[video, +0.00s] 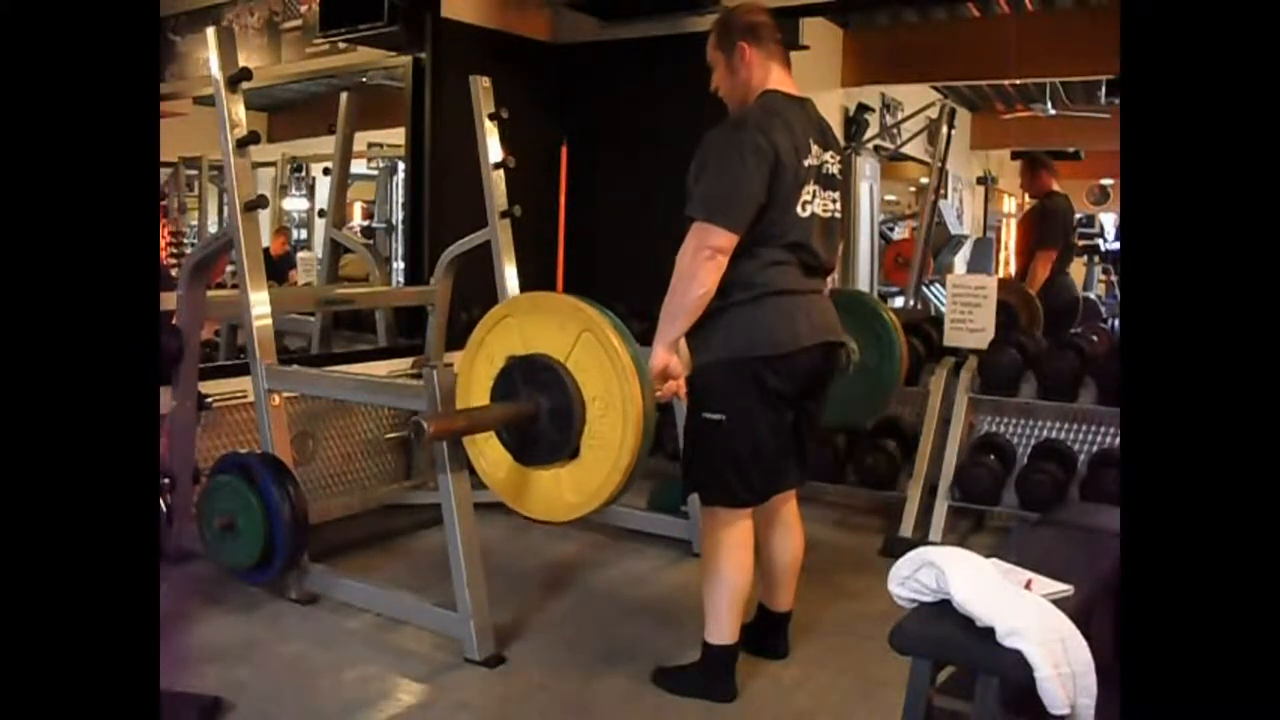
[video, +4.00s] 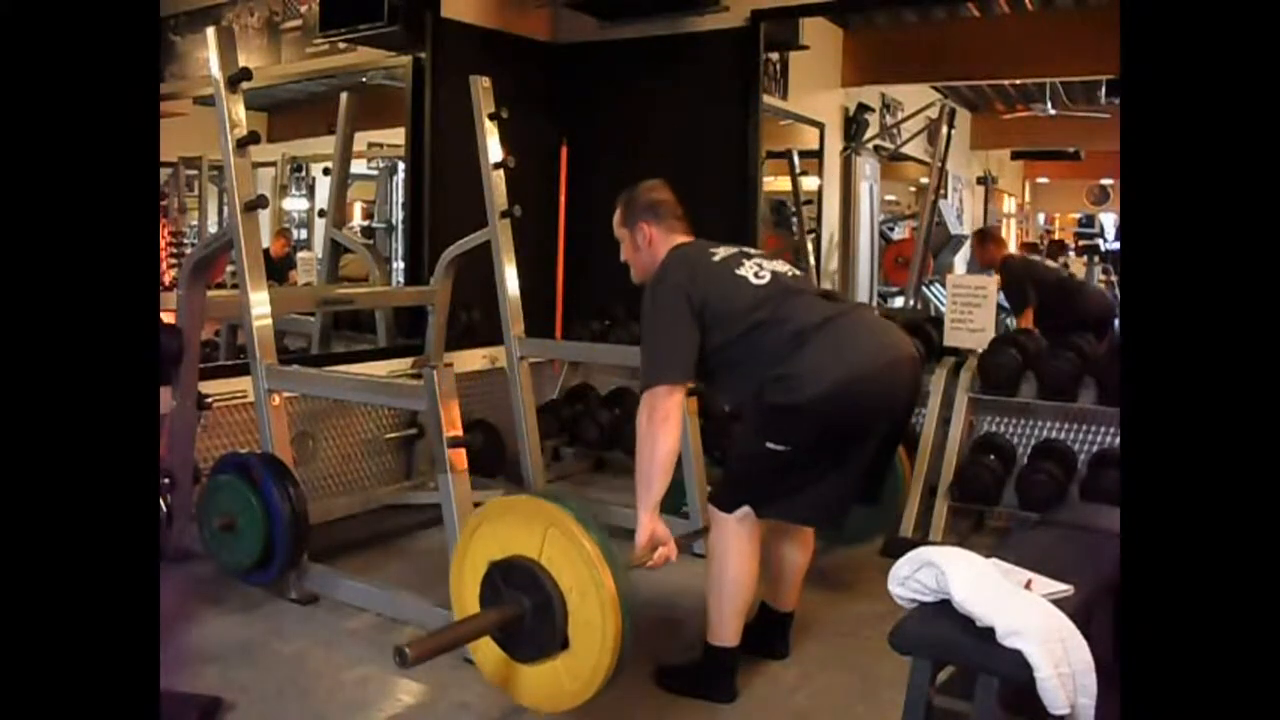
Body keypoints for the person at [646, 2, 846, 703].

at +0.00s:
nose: (715, 84)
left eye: (716, 68)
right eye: (713, 70)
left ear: (744, 55)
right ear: (774, 55)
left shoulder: (746, 130)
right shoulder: (819, 129)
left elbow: (710, 247)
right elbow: (824, 253)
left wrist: (664, 342)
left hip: (745, 342)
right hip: (809, 338)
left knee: (726, 504)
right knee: (777, 490)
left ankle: (715, 668)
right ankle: (772, 631)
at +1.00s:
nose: (710, 72)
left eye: (713, 57)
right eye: (711, 58)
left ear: (741, 52)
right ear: (774, 54)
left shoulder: (737, 129)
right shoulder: (812, 129)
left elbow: (703, 247)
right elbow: (803, 248)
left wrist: (665, 346)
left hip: (749, 343)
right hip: (817, 338)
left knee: (727, 512)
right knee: (780, 498)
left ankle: (715, 668)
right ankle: (772, 630)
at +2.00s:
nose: (672, 110)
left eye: (672, 93)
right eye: (669, 95)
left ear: (699, 82)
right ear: (731, 81)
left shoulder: (711, 146)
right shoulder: (787, 139)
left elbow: (692, 265)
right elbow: (805, 248)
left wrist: (668, 372)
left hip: (770, 349)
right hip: (838, 339)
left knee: (732, 506)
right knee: (789, 496)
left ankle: (716, 667)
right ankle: (774, 631)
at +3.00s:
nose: (645, 170)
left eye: (644, 152)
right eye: (642, 155)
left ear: (666, 139)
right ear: (699, 137)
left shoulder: (688, 199)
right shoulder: (759, 184)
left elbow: (672, 317)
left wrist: (653, 428)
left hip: (799, 356)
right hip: (869, 340)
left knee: (736, 500)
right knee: (796, 497)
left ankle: (717, 668)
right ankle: (773, 630)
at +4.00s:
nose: (623, 258)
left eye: (623, 243)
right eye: (620, 245)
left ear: (646, 233)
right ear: (674, 229)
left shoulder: (673, 279)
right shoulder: (732, 260)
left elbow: (663, 399)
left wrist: (647, 515)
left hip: (823, 374)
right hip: (891, 357)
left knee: (733, 507)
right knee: (795, 503)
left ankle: (716, 669)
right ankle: (773, 629)